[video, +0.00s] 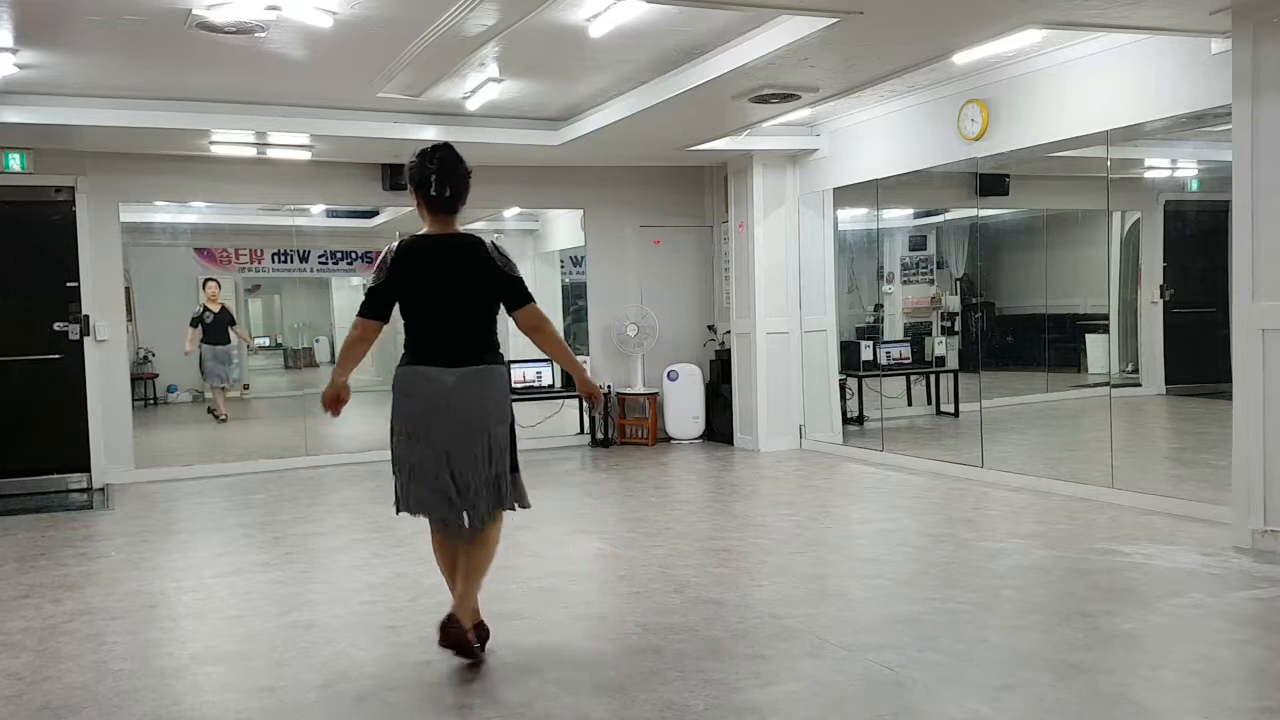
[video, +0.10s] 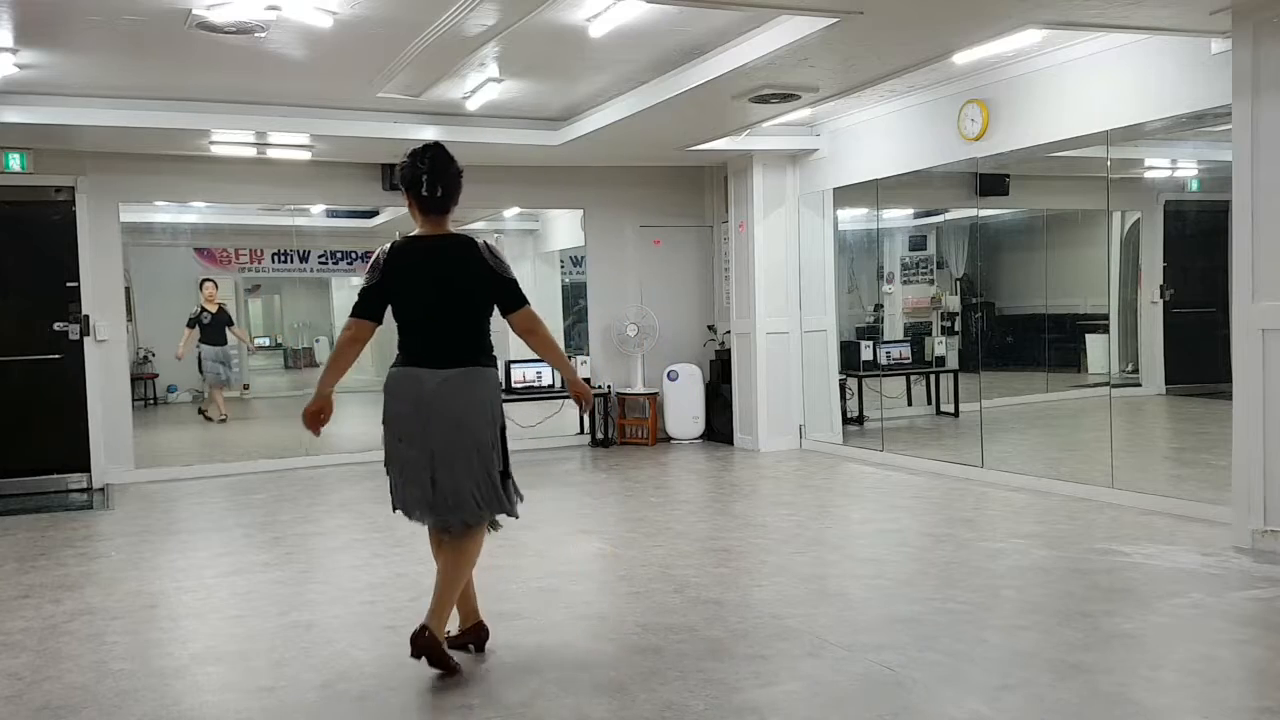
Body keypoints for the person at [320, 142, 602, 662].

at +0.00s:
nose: (426, 200)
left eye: (417, 193)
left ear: (416, 198)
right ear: (465, 195)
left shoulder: (400, 257)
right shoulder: (488, 254)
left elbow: (366, 328)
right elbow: (531, 320)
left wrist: (339, 377)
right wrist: (577, 370)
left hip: (419, 390)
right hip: (484, 389)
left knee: (442, 508)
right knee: (489, 503)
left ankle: (470, 621)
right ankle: (461, 611)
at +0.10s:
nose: (416, 201)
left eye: (410, 194)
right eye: (436, 192)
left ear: (408, 199)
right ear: (458, 196)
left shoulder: (391, 258)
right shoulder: (481, 255)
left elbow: (357, 333)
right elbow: (525, 323)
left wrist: (323, 390)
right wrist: (570, 374)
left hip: (409, 392)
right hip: (471, 391)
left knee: (439, 510)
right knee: (474, 510)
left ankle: (470, 621)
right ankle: (434, 626)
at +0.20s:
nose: (405, 201)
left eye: (400, 194)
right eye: (436, 191)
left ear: (399, 199)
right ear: (450, 196)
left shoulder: (382, 258)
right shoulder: (474, 254)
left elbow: (348, 332)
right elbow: (517, 323)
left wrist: (312, 394)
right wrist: (555, 373)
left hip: (401, 393)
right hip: (462, 392)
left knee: (442, 511)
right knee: (453, 517)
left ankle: (469, 621)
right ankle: (424, 643)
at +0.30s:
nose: (395, 200)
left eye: (392, 192)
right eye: (428, 189)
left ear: (391, 196)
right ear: (443, 193)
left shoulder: (374, 256)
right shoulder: (465, 251)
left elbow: (340, 327)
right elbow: (508, 320)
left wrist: (302, 394)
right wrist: (536, 369)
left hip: (391, 391)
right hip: (455, 391)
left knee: (434, 510)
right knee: (443, 522)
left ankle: (459, 618)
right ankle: (420, 655)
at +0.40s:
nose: (385, 196)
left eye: (382, 188)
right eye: (401, 187)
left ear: (382, 193)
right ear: (434, 191)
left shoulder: (365, 255)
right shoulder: (457, 250)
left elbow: (328, 327)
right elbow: (501, 319)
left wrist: (290, 392)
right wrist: (522, 364)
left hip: (381, 391)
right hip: (449, 389)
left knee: (411, 521)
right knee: (442, 525)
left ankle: (437, 629)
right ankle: (418, 656)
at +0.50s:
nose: (385, 195)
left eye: (376, 187)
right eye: (408, 186)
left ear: (373, 192)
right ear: (425, 190)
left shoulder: (354, 254)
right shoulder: (448, 249)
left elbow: (314, 326)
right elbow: (493, 319)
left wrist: (274, 391)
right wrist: (513, 367)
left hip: (375, 389)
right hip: (442, 385)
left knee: (392, 519)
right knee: (440, 522)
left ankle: (396, 636)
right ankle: (420, 655)